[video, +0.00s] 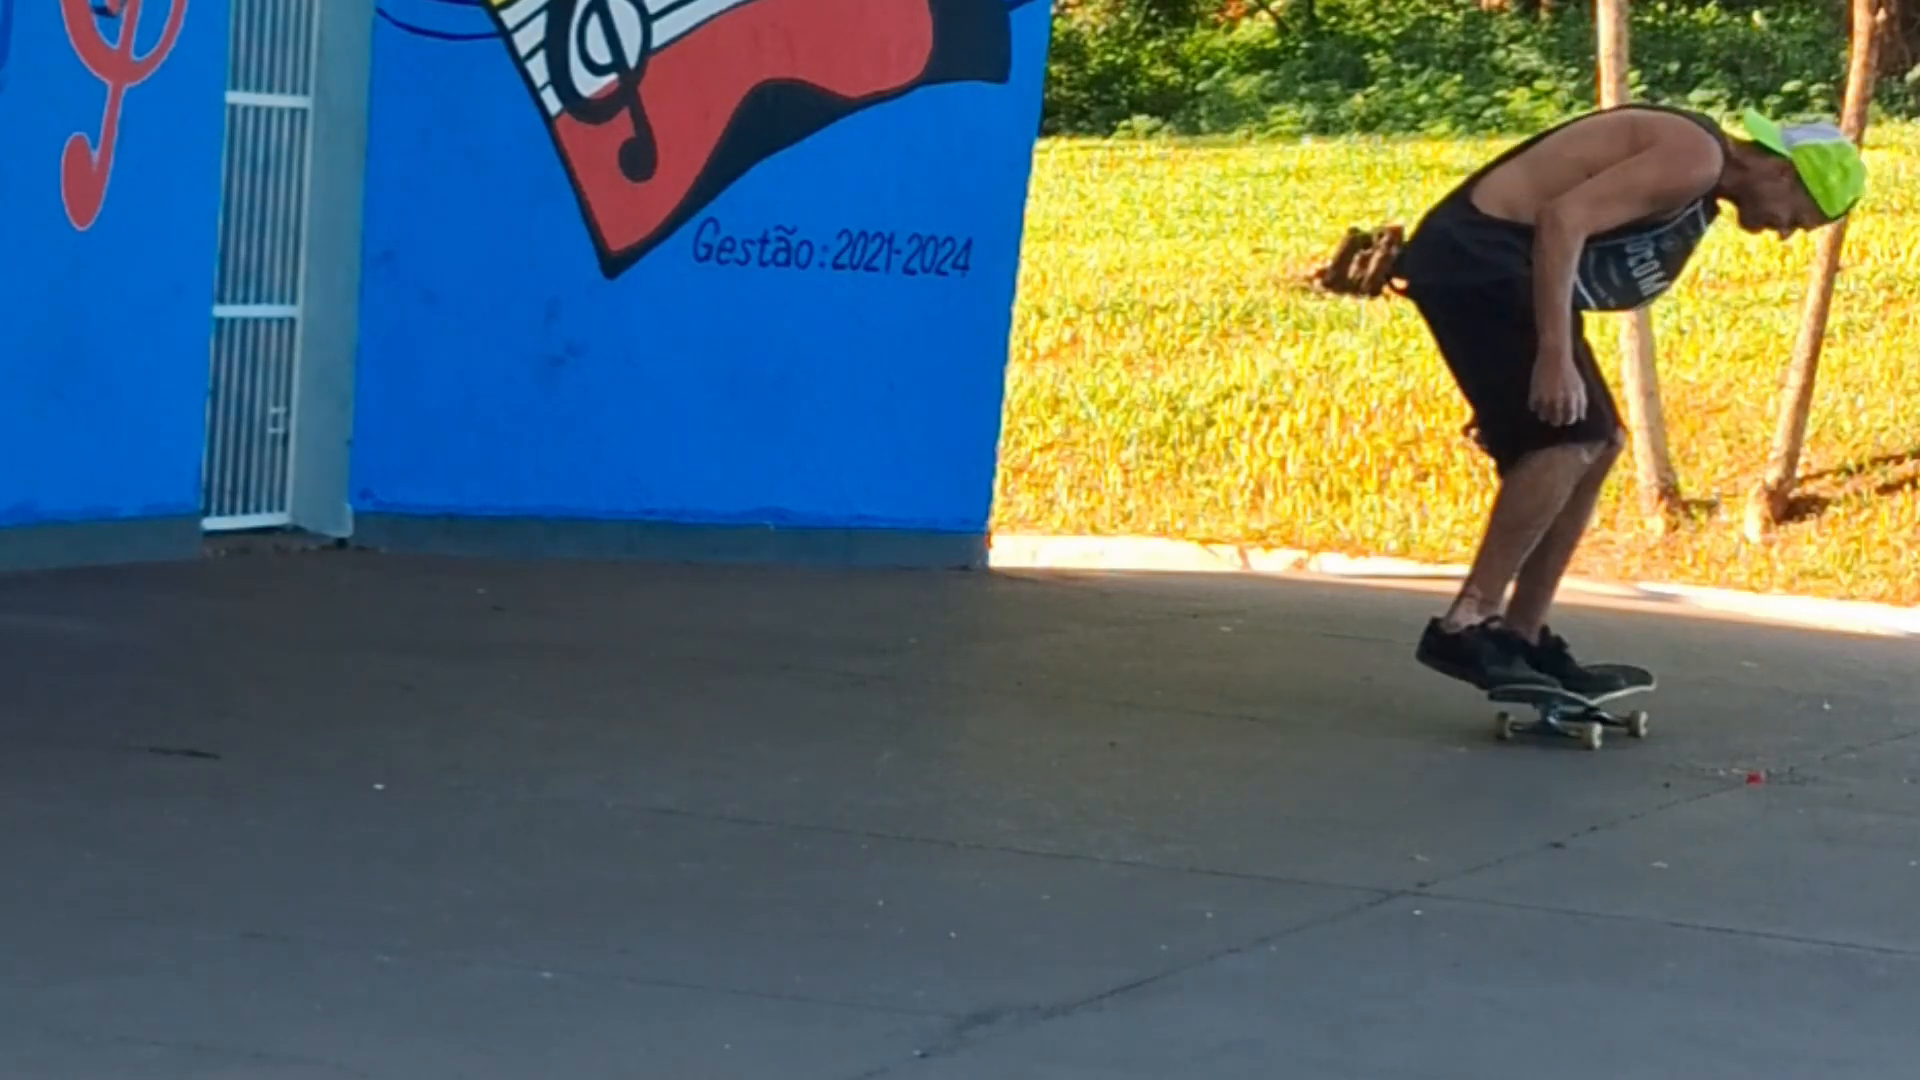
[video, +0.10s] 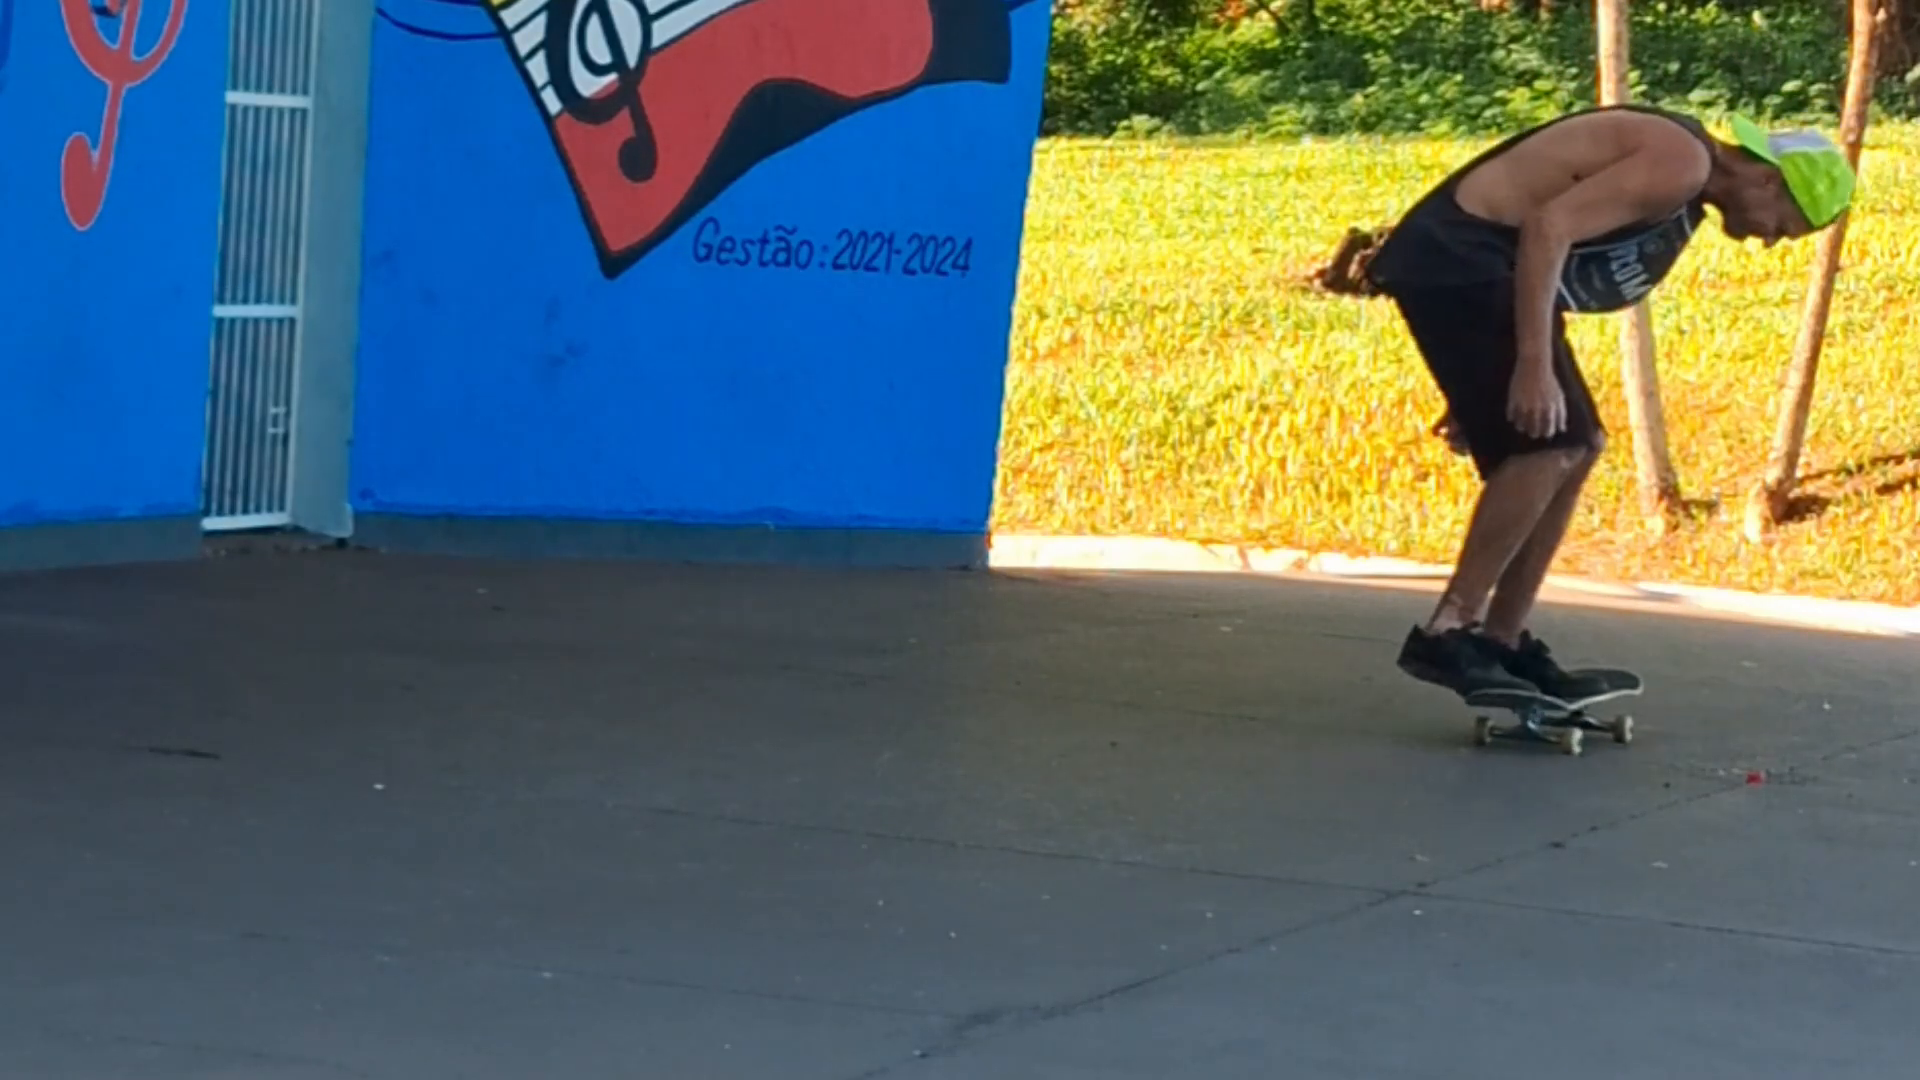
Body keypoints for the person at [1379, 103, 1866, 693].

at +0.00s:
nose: (1790, 230)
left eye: (1804, 225)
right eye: (1801, 215)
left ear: (1785, 177)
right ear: (1784, 172)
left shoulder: (1700, 185)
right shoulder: (1693, 157)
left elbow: (1572, 249)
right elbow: (1561, 217)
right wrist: (1554, 357)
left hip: (1514, 266)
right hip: (1474, 254)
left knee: (1598, 439)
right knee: (1565, 438)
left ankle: (1521, 633)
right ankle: (1466, 621)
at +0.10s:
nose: (1776, 238)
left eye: (1790, 233)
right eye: (1787, 222)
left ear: (1773, 182)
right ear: (1771, 178)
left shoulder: (1683, 190)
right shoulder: (1679, 161)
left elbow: (1556, 264)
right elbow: (1547, 227)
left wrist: (1481, 398)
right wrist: (1533, 368)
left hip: (1499, 267)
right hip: (1455, 254)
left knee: (1578, 443)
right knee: (1549, 442)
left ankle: (1500, 640)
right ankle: (1448, 629)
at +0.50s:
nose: (1702, 281)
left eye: (1717, 276)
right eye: (1716, 267)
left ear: (1696, 217)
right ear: (1699, 223)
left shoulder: (1614, 210)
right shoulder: (1608, 205)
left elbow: (1490, 308)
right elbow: (1490, 297)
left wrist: (1424, 480)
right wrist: (1482, 449)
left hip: (1405, 275)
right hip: (1364, 270)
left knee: (1518, 445)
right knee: (1478, 469)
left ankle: (1416, 651)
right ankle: (1351, 641)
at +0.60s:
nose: (1680, 308)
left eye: (1696, 300)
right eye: (1694, 292)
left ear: (1670, 246)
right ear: (1673, 248)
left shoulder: (1586, 248)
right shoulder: (1583, 232)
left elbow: (1495, 366)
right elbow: (1505, 346)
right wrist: (1537, 491)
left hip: (1383, 307)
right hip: (1339, 298)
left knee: (1493, 472)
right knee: (1474, 477)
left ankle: (1391, 657)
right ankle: (1331, 640)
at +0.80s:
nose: (1637, 319)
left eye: (1650, 311)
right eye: (1647, 301)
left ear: (1620, 256)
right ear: (1622, 255)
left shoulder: (1539, 300)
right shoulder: (1529, 251)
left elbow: (1514, 449)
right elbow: (1470, 413)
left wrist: (1538, 574)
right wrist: (1580, 512)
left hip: (1326, 341)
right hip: (1284, 333)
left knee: (1475, 487)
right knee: (1451, 483)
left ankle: (1345, 661)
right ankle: (1285, 642)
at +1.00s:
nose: (1628, 144)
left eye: (1646, 133)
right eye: (1643, 122)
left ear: (1609, 75)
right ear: (1615, 76)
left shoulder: (1513, 110)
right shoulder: (1491, 78)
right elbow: (1320, 101)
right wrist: (1173, 174)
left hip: (1345, 270)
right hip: (1295, 256)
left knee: (1422, 459)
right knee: (1394, 463)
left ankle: (1305, 665)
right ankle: (1239, 649)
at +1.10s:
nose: (1603, 15)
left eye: (1610, 12)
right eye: (1603, 5)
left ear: (1580, 5)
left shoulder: (1494, 16)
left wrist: (1284, 15)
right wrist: (1272, 15)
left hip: (1370, 175)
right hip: (1297, 174)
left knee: (1464, 333)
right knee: (1285, 406)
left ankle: (1331, 524)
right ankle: (1215, 646)